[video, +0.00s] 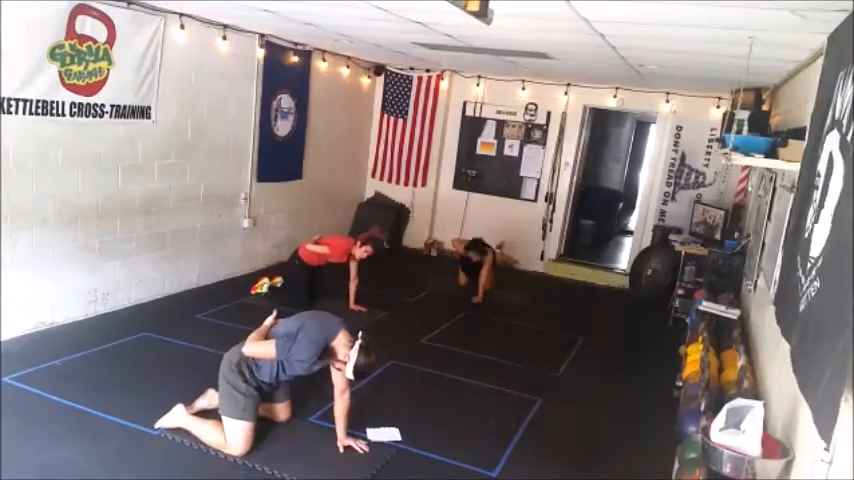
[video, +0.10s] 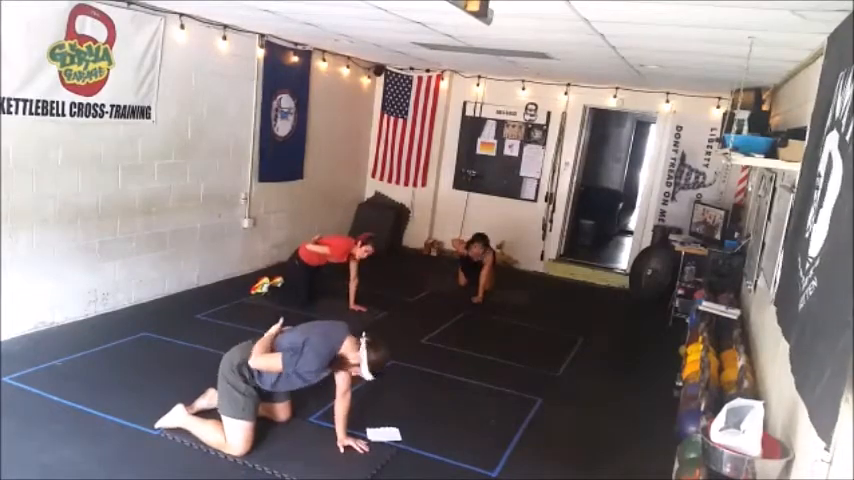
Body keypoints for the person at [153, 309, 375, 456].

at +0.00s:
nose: (341, 369)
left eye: (346, 368)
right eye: (345, 365)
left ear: (353, 351)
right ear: (349, 357)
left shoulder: (343, 338)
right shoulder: (306, 347)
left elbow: (342, 391)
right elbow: (248, 348)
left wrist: (343, 436)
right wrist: (266, 325)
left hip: (271, 367)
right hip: (241, 369)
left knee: (281, 412)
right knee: (236, 446)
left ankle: (217, 400)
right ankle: (182, 418)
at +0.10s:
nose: (355, 374)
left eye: (360, 372)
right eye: (359, 370)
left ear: (362, 351)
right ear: (358, 361)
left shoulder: (347, 338)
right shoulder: (314, 356)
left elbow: (343, 391)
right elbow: (255, 360)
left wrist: (341, 435)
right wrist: (271, 333)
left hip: (274, 366)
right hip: (242, 367)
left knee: (281, 413)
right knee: (237, 445)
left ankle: (217, 399)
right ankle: (182, 418)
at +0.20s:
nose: (381, 349)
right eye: (379, 343)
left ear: (363, 332)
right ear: (364, 336)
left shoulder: (347, 339)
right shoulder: (323, 360)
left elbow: (345, 393)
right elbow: (265, 374)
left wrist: (342, 435)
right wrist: (279, 343)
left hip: (266, 355)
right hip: (242, 369)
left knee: (282, 412)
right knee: (237, 446)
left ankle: (219, 400)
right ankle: (183, 417)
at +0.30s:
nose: (377, 326)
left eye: (377, 320)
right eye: (371, 321)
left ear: (358, 322)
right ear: (352, 321)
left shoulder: (348, 348)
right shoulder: (322, 350)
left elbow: (344, 394)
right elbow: (263, 371)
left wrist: (342, 436)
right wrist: (280, 344)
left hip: (267, 359)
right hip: (242, 367)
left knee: (281, 411)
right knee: (237, 446)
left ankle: (217, 400)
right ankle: (182, 417)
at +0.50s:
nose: (373, 317)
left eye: (373, 312)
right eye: (368, 313)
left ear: (356, 319)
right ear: (347, 317)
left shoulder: (348, 349)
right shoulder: (319, 344)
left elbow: (344, 393)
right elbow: (261, 366)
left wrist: (342, 436)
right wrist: (280, 342)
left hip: (270, 363)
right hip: (243, 368)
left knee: (281, 411)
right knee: (237, 446)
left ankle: (216, 400)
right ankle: (182, 417)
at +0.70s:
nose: (346, 366)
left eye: (349, 364)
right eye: (349, 362)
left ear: (354, 347)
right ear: (354, 353)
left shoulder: (344, 339)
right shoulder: (311, 343)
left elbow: (342, 392)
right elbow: (252, 345)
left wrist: (343, 435)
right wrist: (268, 325)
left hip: (273, 368)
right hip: (244, 367)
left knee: (282, 412)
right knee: (236, 446)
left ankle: (217, 400)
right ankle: (182, 418)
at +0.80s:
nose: (346, 367)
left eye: (349, 366)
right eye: (349, 363)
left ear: (355, 352)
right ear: (352, 355)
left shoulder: (345, 341)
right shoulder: (311, 345)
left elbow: (343, 392)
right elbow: (252, 345)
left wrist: (343, 435)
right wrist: (269, 324)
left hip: (274, 369)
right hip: (244, 367)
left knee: (281, 413)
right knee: (236, 446)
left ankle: (217, 400)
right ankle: (182, 418)